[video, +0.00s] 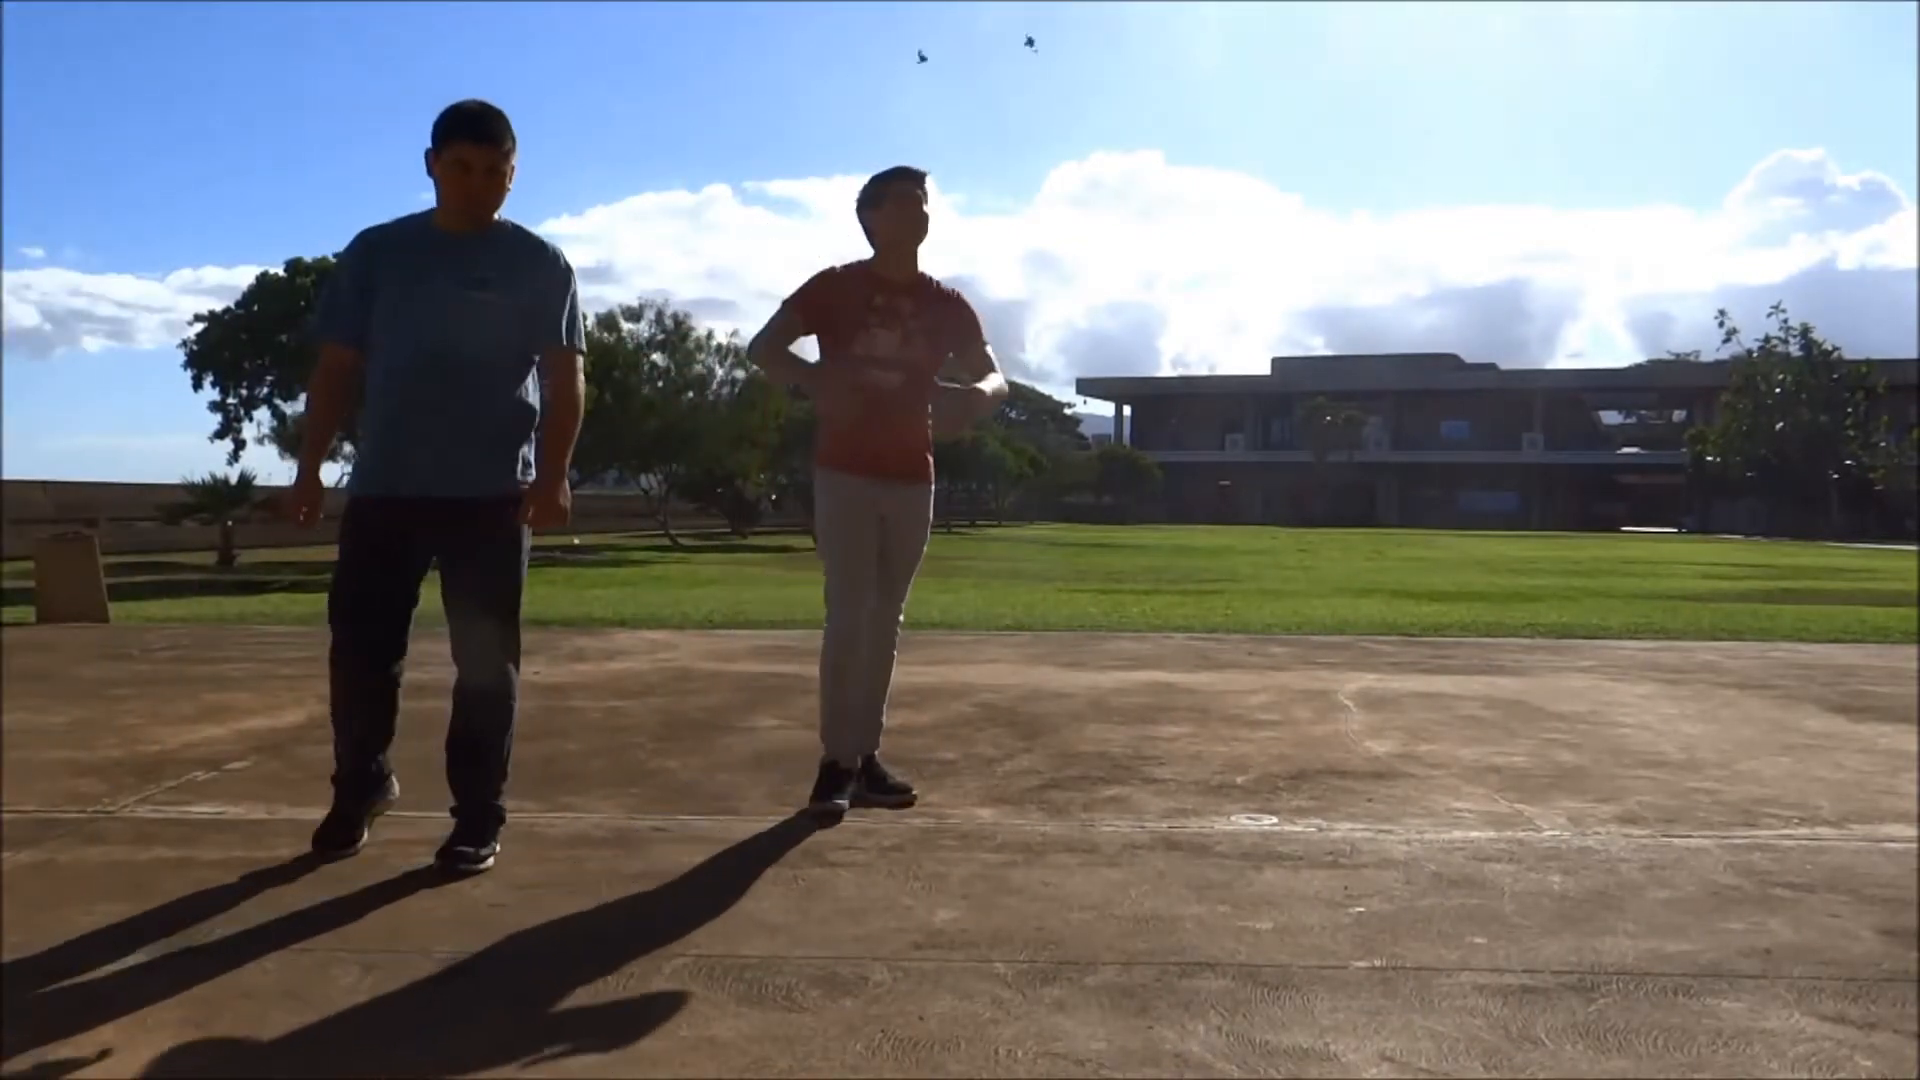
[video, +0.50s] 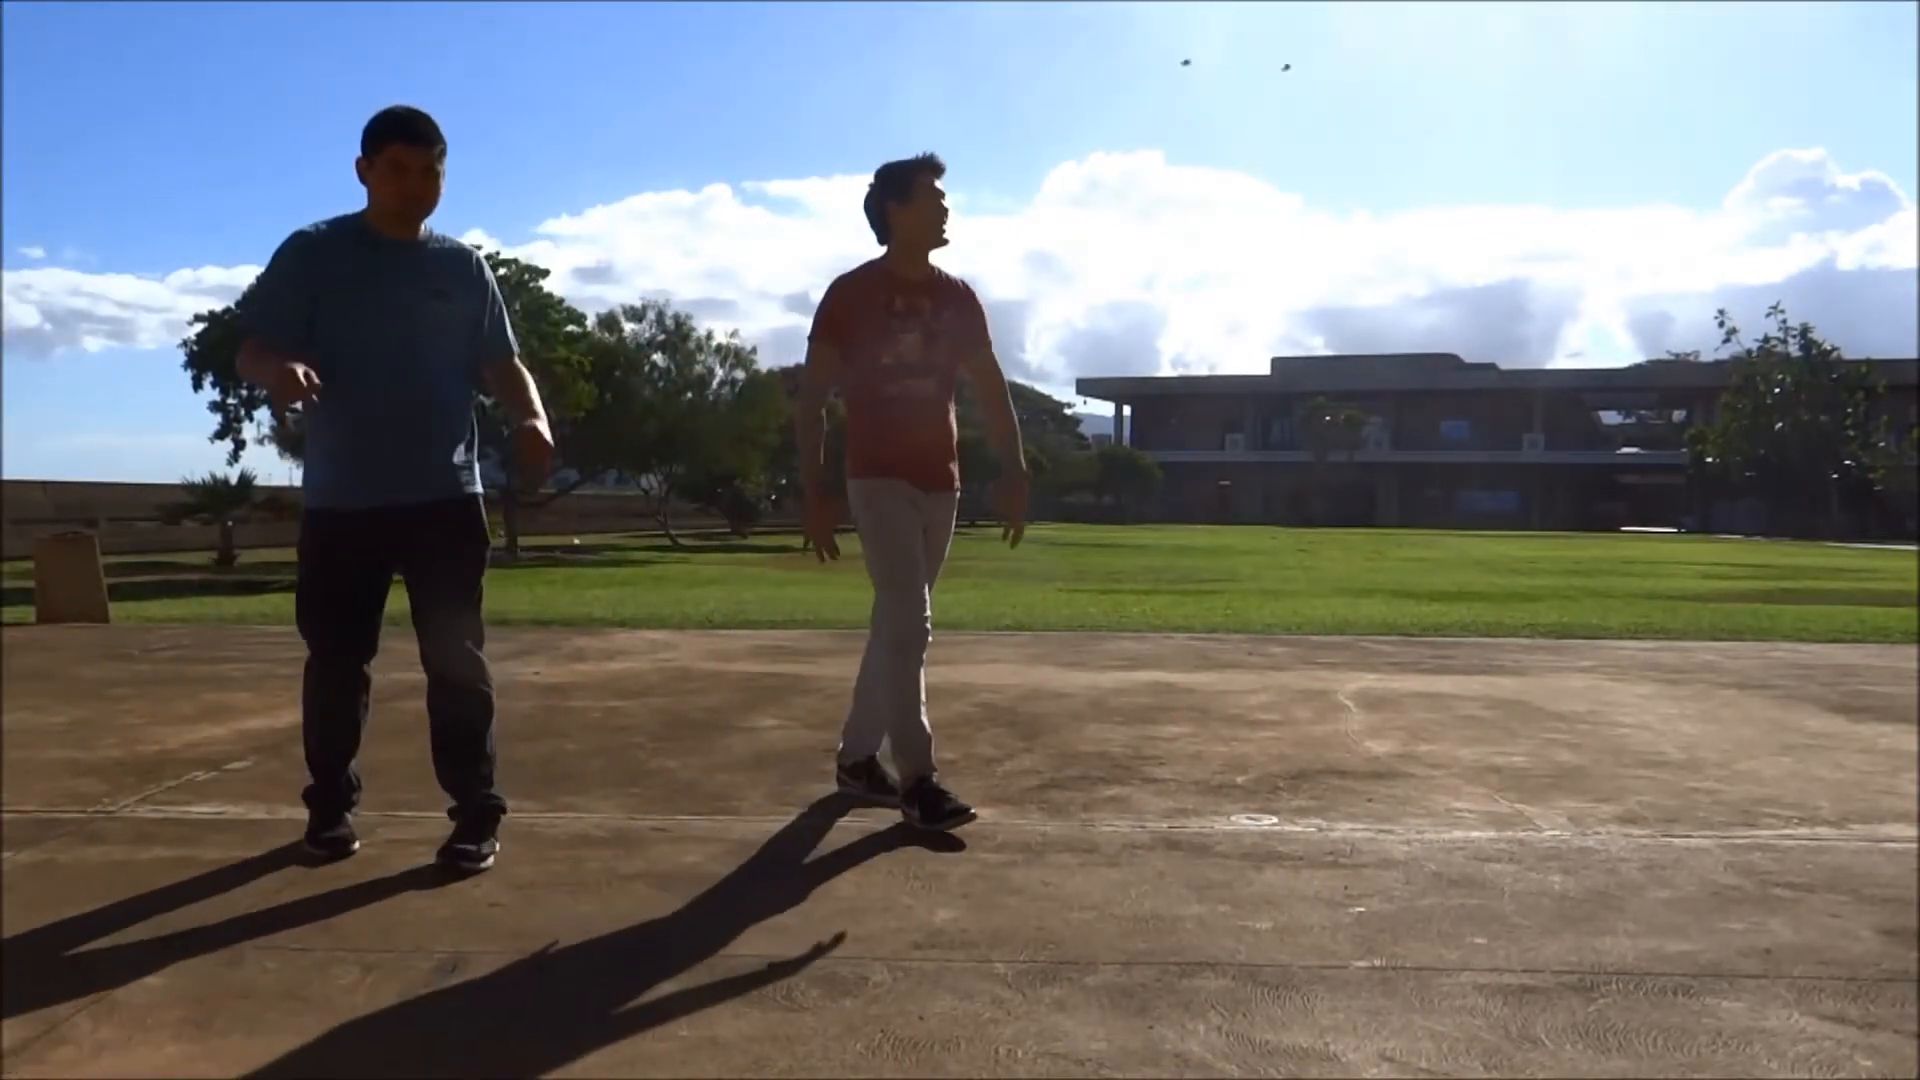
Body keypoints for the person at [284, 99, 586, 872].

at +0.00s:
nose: (482, 182)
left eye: (494, 168)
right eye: (464, 167)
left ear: (513, 169)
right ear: (434, 166)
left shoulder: (541, 266)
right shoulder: (376, 253)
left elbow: (563, 381)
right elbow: (335, 368)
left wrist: (554, 476)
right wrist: (311, 469)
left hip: (489, 491)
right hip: (387, 487)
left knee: (486, 663)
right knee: (359, 645)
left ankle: (477, 820)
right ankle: (360, 782)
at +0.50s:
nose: (426, 183)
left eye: (434, 169)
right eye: (410, 168)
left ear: (442, 176)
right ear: (368, 169)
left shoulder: (463, 266)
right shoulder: (311, 255)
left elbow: (502, 362)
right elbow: (251, 350)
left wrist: (533, 419)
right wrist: (274, 370)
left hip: (444, 493)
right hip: (344, 497)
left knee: (457, 658)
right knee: (334, 661)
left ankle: (477, 816)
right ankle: (329, 811)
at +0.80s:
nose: (393, 178)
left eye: (403, 166)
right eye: (377, 164)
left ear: (413, 174)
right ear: (338, 169)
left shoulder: (429, 263)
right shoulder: (282, 250)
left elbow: (478, 362)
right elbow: (219, 354)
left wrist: (513, 330)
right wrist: (252, 282)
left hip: (416, 485)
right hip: (316, 493)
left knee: (440, 649)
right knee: (325, 660)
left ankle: (446, 794)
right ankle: (330, 803)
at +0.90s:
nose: (395, 177)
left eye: (403, 165)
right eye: (378, 163)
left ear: (412, 175)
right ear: (337, 169)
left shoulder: (425, 263)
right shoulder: (286, 255)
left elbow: (479, 354)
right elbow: (217, 347)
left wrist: (517, 309)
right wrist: (250, 267)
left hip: (411, 486)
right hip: (315, 492)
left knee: (422, 653)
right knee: (324, 660)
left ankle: (413, 794)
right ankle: (329, 806)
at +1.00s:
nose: (393, 180)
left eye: (403, 169)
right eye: (377, 166)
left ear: (414, 179)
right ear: (339, 171)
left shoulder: (427, 266)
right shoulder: (287, 256)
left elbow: (485, 353)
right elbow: (217, 345)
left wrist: (516, 288)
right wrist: (249, 251)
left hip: (411, 487)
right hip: (315, 492)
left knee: (406, 652)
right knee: (324, 655)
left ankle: (385, 797)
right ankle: (330, 806)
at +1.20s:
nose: (411, 193)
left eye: (419, 181)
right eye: (396, 178)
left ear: (427, 185)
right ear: (353, 176)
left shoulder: (428, 264)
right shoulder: (296, 254)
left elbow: (489, 350)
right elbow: (228, 339)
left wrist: (512, 273)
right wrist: (265, 246)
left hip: (419, 484)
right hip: (326, 489)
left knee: (436, 640)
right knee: (332, 655)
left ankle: (411, 780)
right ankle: (331, 805)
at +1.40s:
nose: (436, 203)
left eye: (445, 190)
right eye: (423, 186)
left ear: (453, 193)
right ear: (381, 181)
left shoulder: (448, 271)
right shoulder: (322, 257)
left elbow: (504, 350)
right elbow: (250, 335)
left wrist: (525, 277)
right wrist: (296, 249)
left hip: (434, 486)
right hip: (343, 491)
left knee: (470, 636)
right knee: (341, 655)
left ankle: (495, 779)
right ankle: (333, 805)